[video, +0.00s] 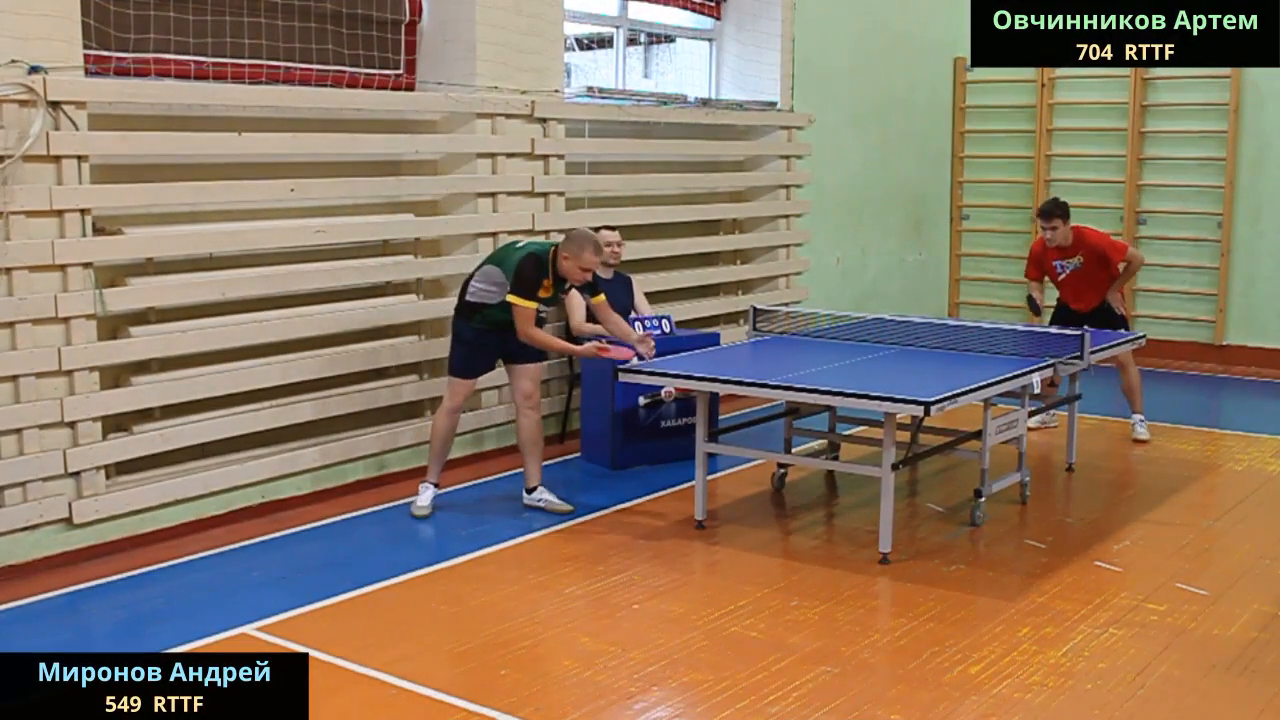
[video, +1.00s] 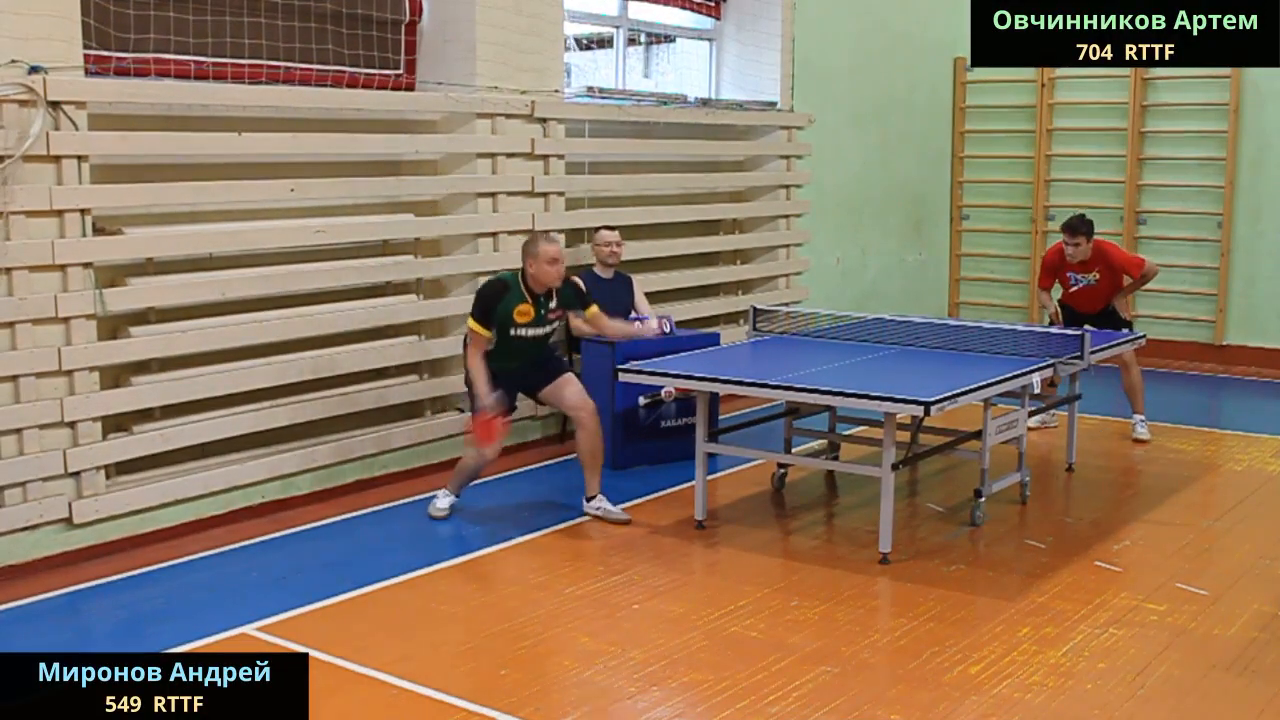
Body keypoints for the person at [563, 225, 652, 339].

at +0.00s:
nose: (616, 251)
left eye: (619, 245)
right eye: (608, 245)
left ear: (623, 247)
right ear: (595, 249)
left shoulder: (628, 281)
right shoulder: (579, 283)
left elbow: (649, 317)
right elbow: (577, 327)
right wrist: (614, 331)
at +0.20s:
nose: (615, 251)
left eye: (619, 245)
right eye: (608, 245)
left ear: (623, 247)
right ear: (595, 249)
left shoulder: (628, 281)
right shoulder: (580, 283)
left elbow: (649, 317)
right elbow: (576, 327)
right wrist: (611, 330)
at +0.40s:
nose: (615, 250)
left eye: (618, 245)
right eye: (607, 245)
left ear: (623, 247)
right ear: (594, 249)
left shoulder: (628, 282)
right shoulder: (577, 281)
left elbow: (649, 318)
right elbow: (576, 327)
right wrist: (604, 332)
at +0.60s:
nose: (614, 250)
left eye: (618, 245)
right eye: (607, 245)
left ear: (622, 247)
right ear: (594, 249)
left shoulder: (628, 281)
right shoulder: (578, 282)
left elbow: (649, 318)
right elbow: (577, 327)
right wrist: (606, 330)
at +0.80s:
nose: (613, 250)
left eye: (618, 245)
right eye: (607, 245)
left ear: (622, 248)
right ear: (593, 249)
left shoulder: (628, 281)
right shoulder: (578, 282)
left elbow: (649, 318)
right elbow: (576, 326)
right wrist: (605, 330)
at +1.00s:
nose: (614, 250)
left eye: (618, 245)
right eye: (607, 245)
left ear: (622, 248)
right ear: (593, 249)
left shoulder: (629, 282)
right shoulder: (578, 283)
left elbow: (649, 319)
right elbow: (576, 327)